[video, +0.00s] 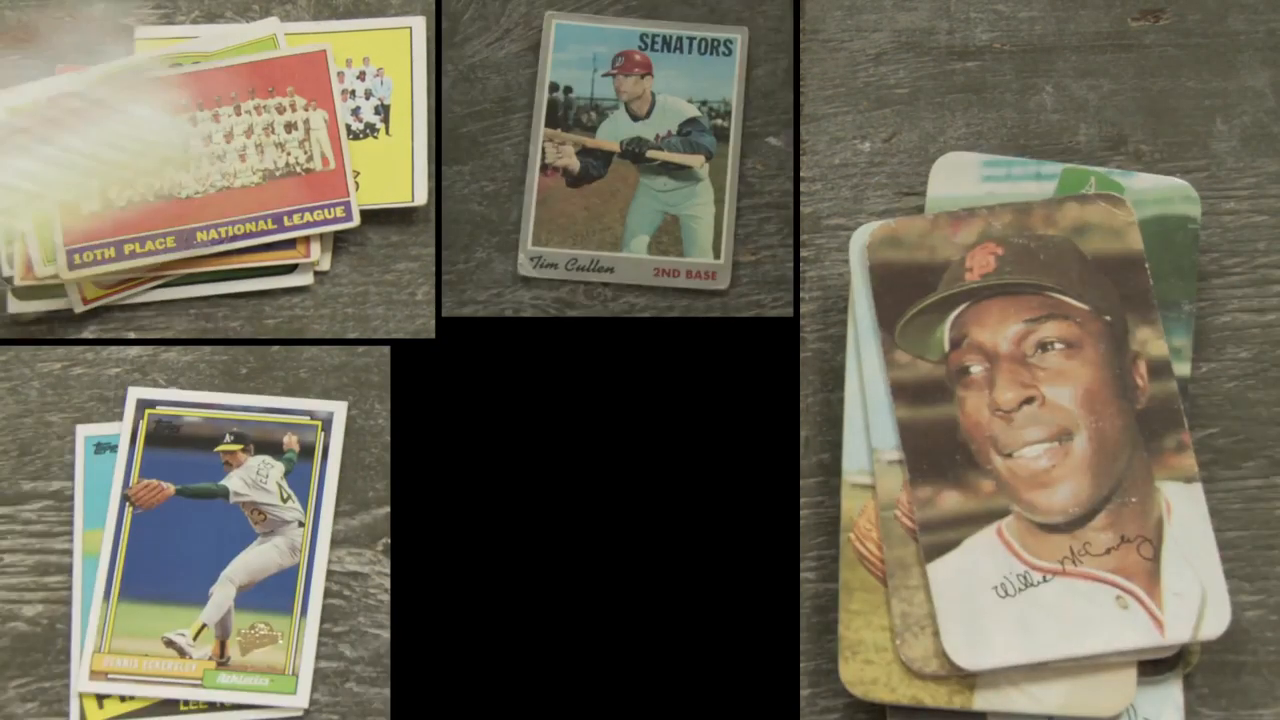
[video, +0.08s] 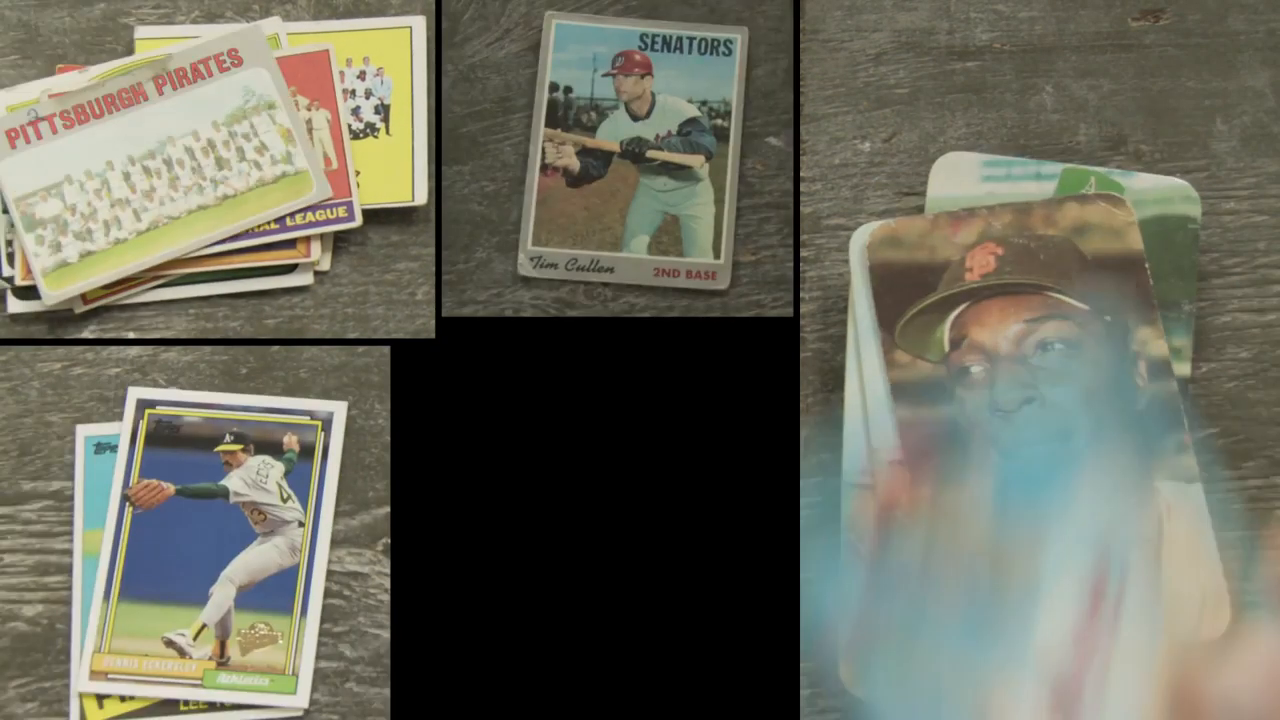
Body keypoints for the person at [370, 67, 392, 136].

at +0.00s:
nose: (381, 73)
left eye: (382, 72)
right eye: (380, 72)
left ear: (384, 72)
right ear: (377, 73)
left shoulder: (388, 80)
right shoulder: (374, 80)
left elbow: (390, 90)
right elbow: (373, 90)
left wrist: (385, 97)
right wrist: (378, 96)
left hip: (386, 101)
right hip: (377, 101)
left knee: (386, 117)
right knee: (377, 116)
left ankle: (387, 131)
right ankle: (376, 131)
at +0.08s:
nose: (381, 73)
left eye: (382, 71)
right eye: (380, 71)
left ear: (384, 72)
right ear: (377, 72)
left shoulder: (388, 80)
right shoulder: (374, 80)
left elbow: (390, 90)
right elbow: (373, 90)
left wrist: (385, 96)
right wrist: (378, 96)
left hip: (386, 101)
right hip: (378, 100)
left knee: (387, 117)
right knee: (378, 116)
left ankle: (387, 130)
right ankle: (376, 130)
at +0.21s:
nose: (381, 73)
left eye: (382, 71)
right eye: (379, 71)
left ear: (383, 72)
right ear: (377, 72)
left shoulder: (387, 80)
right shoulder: (374, 80)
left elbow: (389, 90)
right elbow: (373, 90)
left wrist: (385, 97)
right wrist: (378, 96)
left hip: (386, 101)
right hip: (377, 101)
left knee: (386, 117)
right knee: (377, 116)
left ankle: (387, 131)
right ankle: (376, 131)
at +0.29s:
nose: (381, 73)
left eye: (382, 71)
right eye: (380, 71)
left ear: (384, 72)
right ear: (378, 72)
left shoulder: (388, 80)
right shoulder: (374, 80)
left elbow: (390, 89)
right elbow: (373, 90)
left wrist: (385, 96)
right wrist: (378, 96)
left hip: (387, 101)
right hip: (378, 100)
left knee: (387, 117)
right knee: (378, 116)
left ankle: (387, 130)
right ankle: (376, 130)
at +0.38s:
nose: (381, 73)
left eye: (382, 71)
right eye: (380, 72)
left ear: (384, 72)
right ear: (377, 72)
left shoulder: (388, 80)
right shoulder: (374, 80)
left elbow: (390, 89)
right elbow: (373, 90)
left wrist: (385, 96)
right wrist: (378, 96)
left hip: (387, 101)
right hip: (378, 100)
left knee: (387, 117)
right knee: (378, 116)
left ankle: (387, 130)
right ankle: (376, 130)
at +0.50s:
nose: (381, 73)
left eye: (382, 71)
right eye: (380, 71)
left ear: (384, 72)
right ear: (378, 72)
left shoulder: (388, 80)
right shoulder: (374, 80)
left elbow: (390, 89)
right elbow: (373, 90)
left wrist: (385, 96)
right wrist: (378, 96)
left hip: (387, 101)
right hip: (378, 100)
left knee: (387, 117)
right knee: (378, 116)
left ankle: (387, 131)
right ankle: (376, 131)